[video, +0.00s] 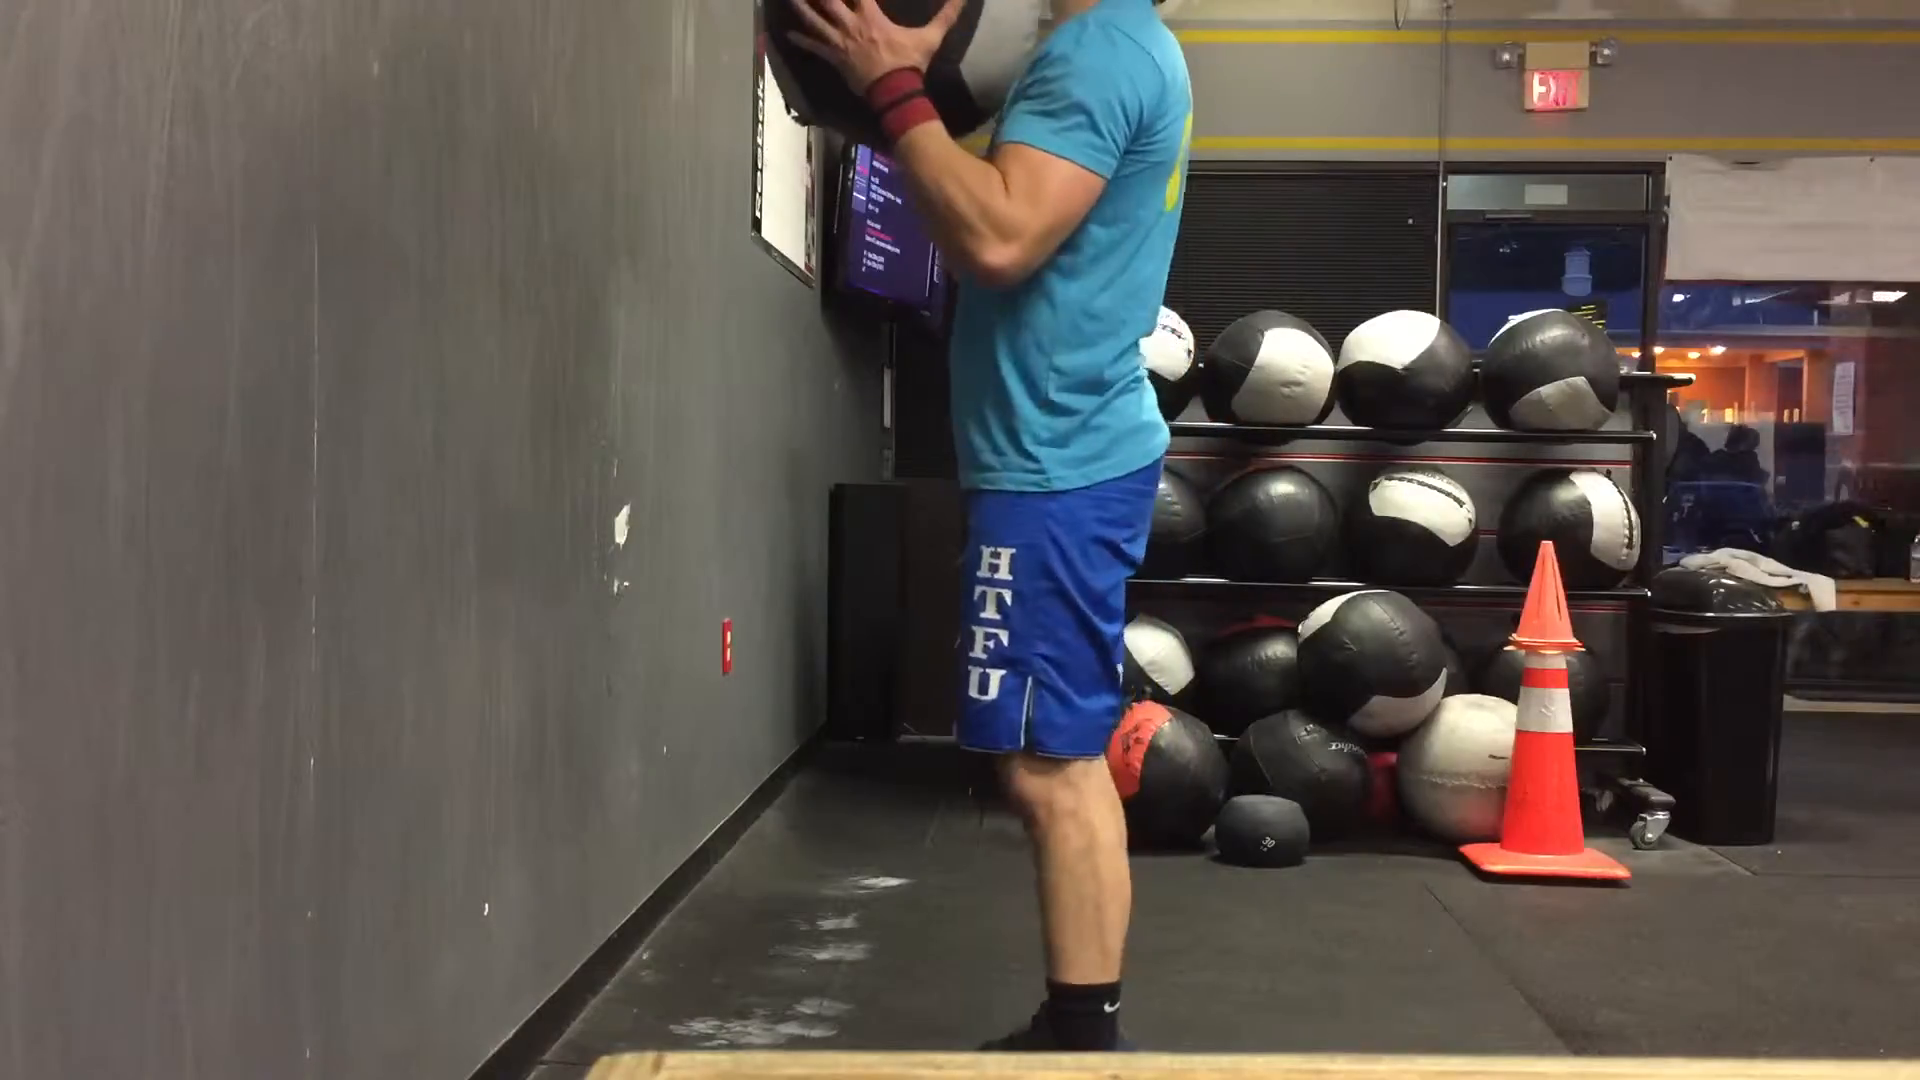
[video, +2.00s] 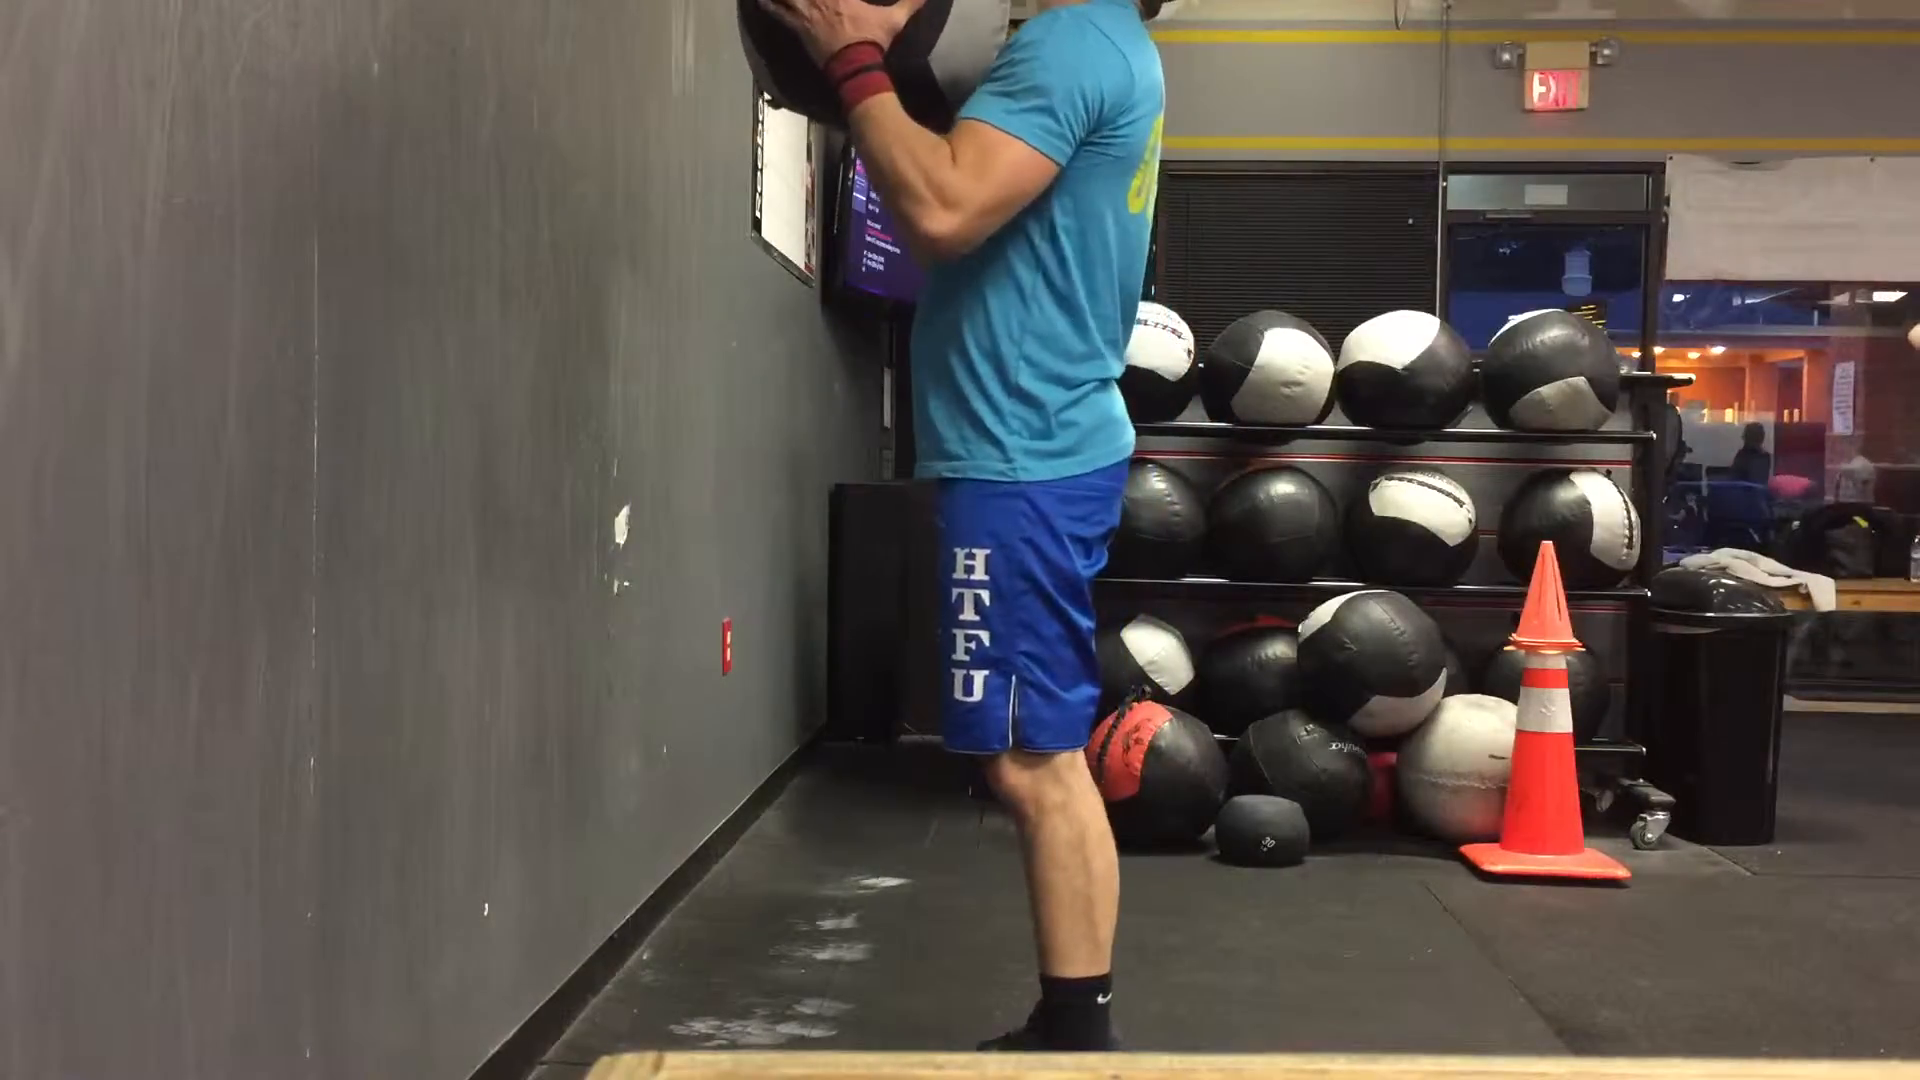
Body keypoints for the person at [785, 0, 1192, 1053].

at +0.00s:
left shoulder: (1106, 53)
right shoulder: (1098, 45)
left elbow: (998, 239)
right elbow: (994, 214)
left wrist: (898, 89)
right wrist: (896, 94)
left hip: (1059, 466)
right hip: (1056, 459)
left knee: (1050, 768)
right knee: (1060, 764)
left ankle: (1080, 1033)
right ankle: (1082, 1027)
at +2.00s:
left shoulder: (1073, 46)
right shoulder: (1095, 43)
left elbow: (942, 212)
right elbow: (953, 193)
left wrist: (859, 63)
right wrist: (876, 68)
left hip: (1022, 463)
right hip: (1034, 455)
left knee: (1035, 767)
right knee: (1041, 764)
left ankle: (1076, 1027)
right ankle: (1074, 1020)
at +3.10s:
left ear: (1058, 2)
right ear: (1069, 13)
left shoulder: (1048, 104)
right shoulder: (1063, 108)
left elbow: (889, 257)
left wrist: (788, 136)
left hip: (1157, 511)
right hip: (1147, 506)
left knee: (971, 782)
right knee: (1018, 784)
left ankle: (1067, 1038)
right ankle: (1066, 1028)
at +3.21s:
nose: (961, 87)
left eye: (986, 73)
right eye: (976, 68)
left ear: (1036, 117)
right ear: (1036, 122)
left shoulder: (1036, 240)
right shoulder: (1040, 231)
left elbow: (872, 397)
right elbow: (896, 383)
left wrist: (773, 267)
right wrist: (788, 277)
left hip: (1192, 613)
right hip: (1173, 600)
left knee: (933, 806)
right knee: (983, 795)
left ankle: (1054, 1039)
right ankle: (1065, 1023)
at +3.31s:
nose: (940, 225)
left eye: (965, 214)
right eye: (956, 208)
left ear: (1013, 263)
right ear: (1015, 269)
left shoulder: (1018, 390)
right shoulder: (1028, 371)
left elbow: (869, 567)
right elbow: (891, 538)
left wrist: (766, 428)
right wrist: (781, 427)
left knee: (900, 841)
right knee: (924, 764)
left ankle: (1046, 1046)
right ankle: (1063, 1016)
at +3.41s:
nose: (929, 336)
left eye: (952, 323)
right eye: (943, 319)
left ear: (1004, 369)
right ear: (1004, 373)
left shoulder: (1010, 505)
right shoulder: (1026, 483)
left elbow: (867, 700)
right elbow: (889, 661)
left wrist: (762, 559)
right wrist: (782, 555)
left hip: (1190, 830)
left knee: (888, 853)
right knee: (911, 775)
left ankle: (1042, 1050)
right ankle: (1066, 1028)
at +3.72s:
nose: (939, 275)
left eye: (963, 261)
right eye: (953, 257)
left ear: (1019, 305)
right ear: (1018, 310)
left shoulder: (1029, 435)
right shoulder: (1048, 412)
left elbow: (900, 623)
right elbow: (911, 586)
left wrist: (783, 503)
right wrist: (789, 492)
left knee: (920, 826)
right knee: (947, 754)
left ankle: (1052, 1051)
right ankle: (1064, 1016)